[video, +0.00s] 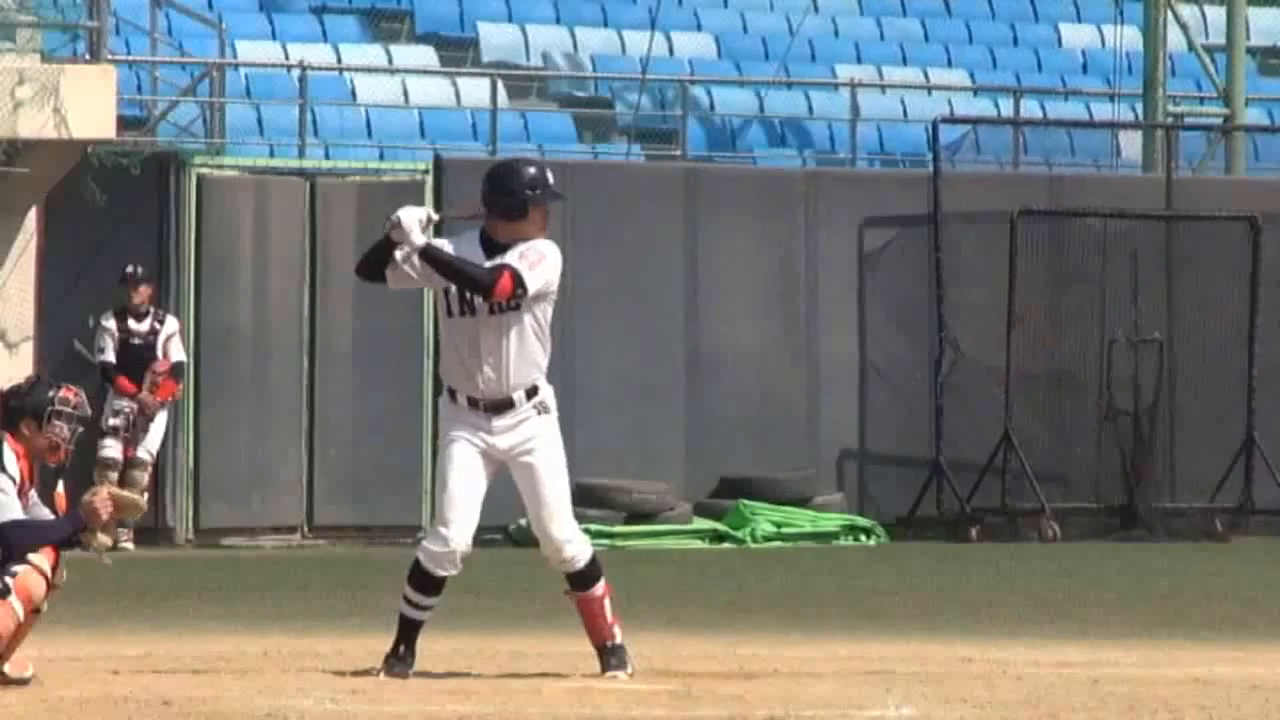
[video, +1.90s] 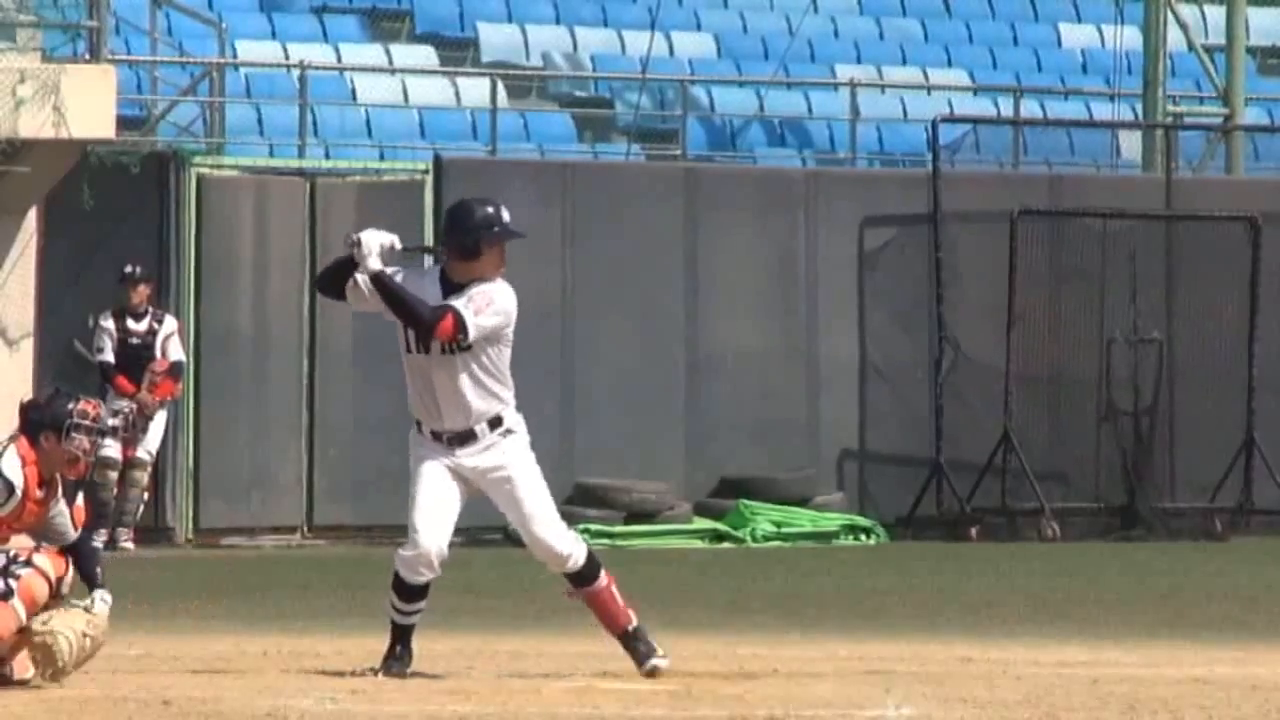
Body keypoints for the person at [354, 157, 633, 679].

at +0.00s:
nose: (547, 216)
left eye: (546, 207)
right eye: (540, 208)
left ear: (518, 207)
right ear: (510, 211)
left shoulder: (543, 254)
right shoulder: (449, 248)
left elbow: (492, 287)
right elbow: (369, 270)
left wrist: (421, 246)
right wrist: (396, 235)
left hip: (530, 417)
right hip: (464, 420)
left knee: (560, 540)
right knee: (449, 541)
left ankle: (610, 646)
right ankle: (403, 646)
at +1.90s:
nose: (504, 255)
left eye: (503, 245)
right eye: (496, 246)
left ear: (481, 247)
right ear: (467, 248)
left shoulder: (497, 296)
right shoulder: (412, 280)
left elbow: (436, 328)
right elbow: (327, 285)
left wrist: (374, 274)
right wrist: (358, 253)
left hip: (497, 441)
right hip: (435, 449)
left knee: (550, 541)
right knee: (422, 550)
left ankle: (631, 635)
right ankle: (398, 650)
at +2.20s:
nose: (513, 265)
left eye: (512, 256)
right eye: (507, 257)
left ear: (478, 260)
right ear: (482, 261)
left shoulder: (502, 309)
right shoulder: (421, 296)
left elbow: (434, 346)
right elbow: (368, 301)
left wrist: (358, 311)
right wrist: (361, 285)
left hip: (512, 456)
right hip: (454, 462)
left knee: (566, 564)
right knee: (423, 549)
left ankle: (669, 638)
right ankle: (400, 650)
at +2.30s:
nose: (533, 274)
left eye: (533, 264)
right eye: (526, 265)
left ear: (514, 272)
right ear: (496, 270)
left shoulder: (525, 317)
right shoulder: (444, 303)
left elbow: (462, 360)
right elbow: (403, 311)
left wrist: (378, 338)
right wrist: (380, 304)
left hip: (535, 456)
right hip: (475, 461)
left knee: (576, 566)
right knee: (434, 546)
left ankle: (675, 639)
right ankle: (402, 647)